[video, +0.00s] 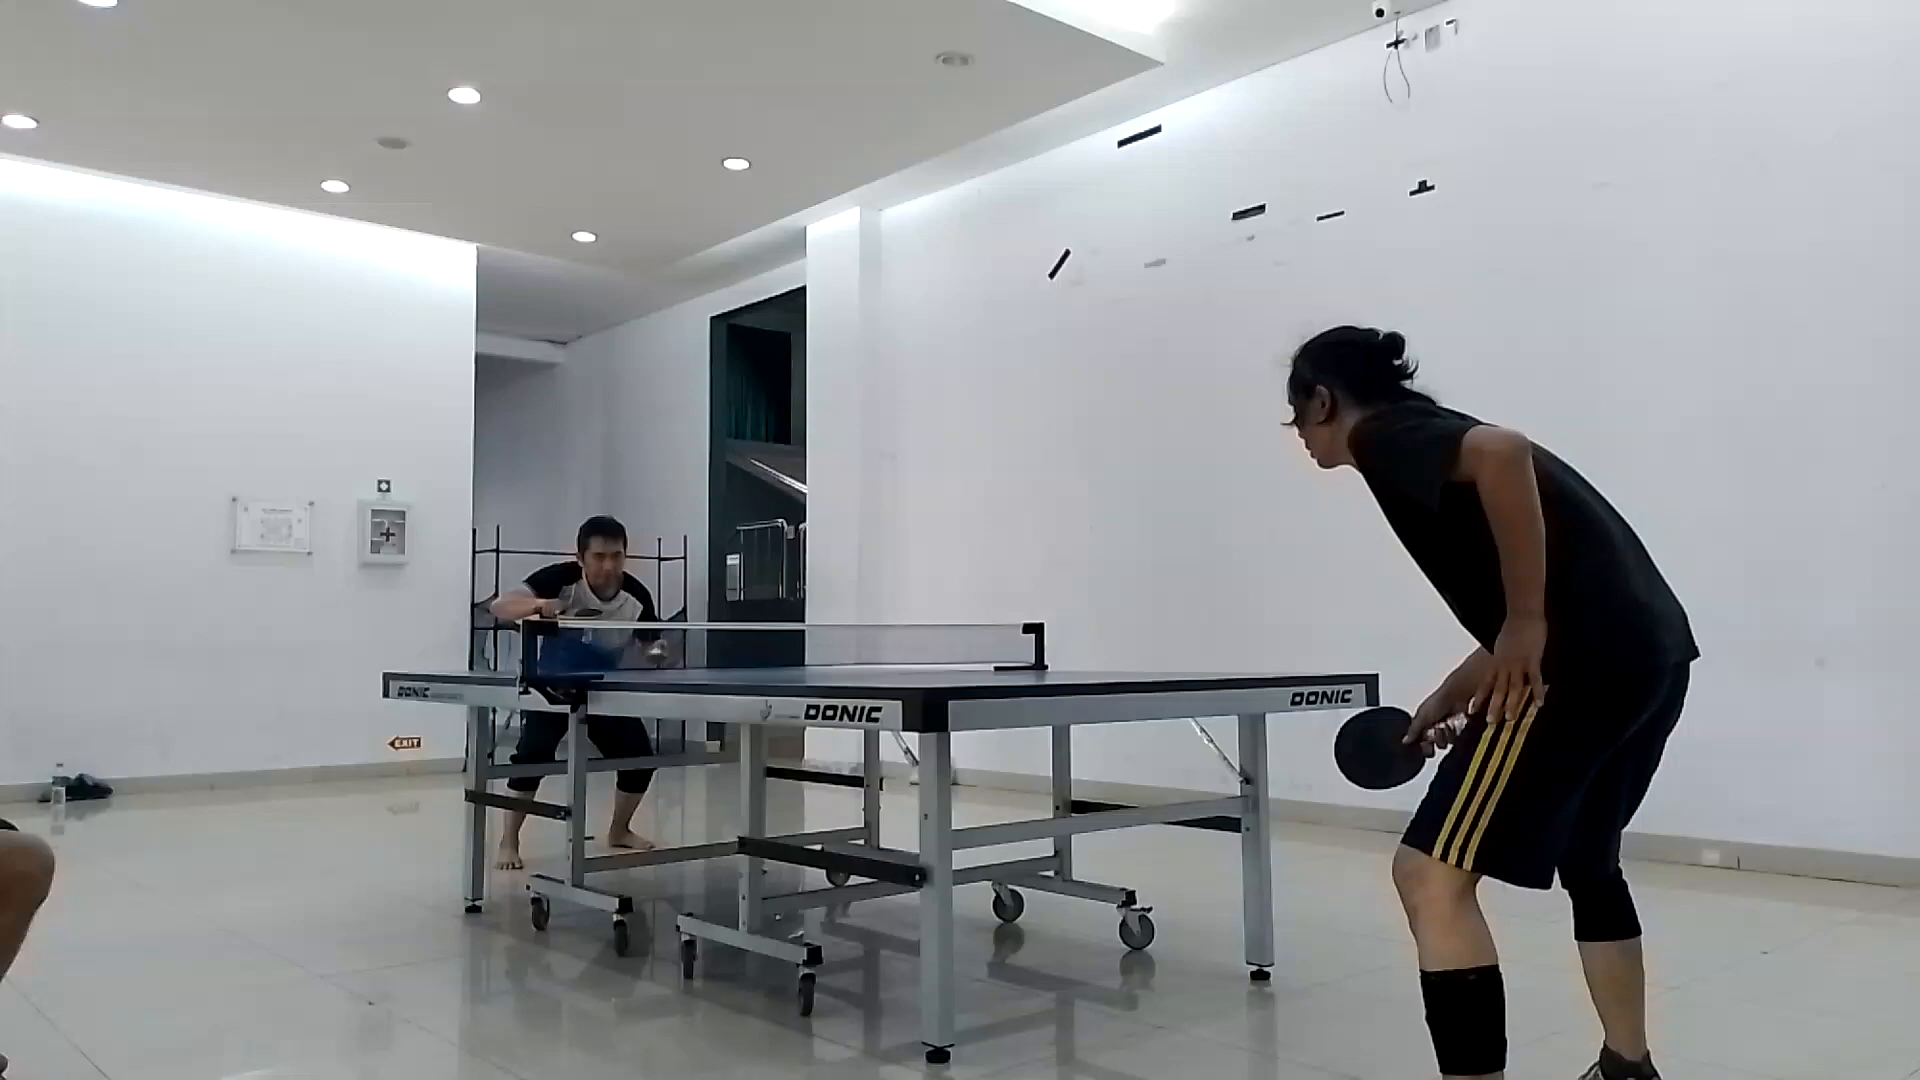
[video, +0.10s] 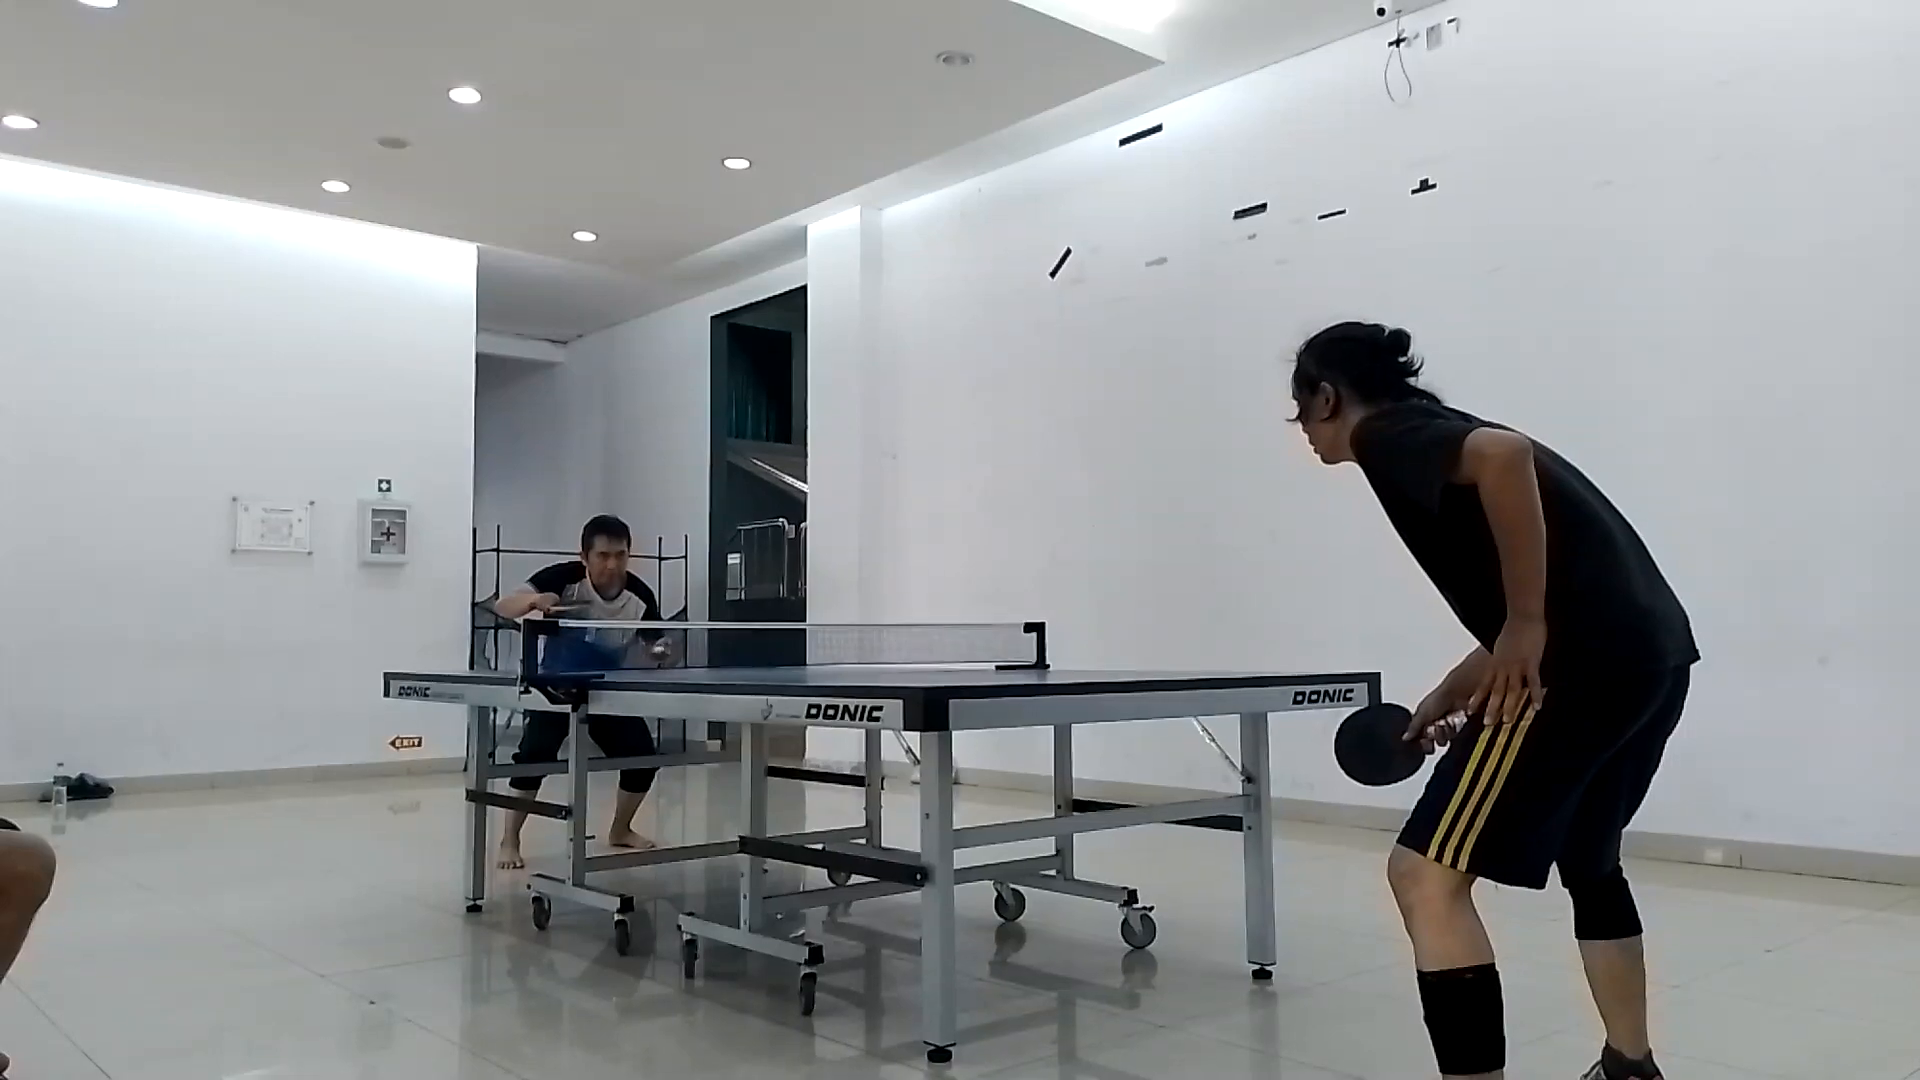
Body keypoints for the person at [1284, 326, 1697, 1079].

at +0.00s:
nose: (1299, 434)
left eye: (1298, 414)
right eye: (1296, 418)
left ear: (1325, 398)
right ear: (1380, 389)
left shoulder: (1383, 434)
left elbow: (1502, 449)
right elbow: (1545, 598)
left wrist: (1520, 619)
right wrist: (1449, 697)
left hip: (1579, 655)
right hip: (1652, 654)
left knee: (1430, 874)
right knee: (1589, 855)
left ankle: (1473, 1071)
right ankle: (1629, 1064)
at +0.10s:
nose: (1301, 426)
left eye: (1302, 406)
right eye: (1299, 409)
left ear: (1329, 395)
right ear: (1386, 385)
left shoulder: (1385, 432)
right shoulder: (1441, 436)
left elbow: (1503, 451)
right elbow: (1536, 605)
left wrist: (1521, 620)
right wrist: (1445, 699)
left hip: (1576, 658)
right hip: (1653, 656)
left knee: (1425, 873)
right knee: (1589, 854)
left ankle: (1472, 1072)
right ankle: (1632, 1062)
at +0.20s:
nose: (1305, 420)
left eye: (1306, 400)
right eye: (1303, 403)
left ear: (1333, 390)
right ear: (1390, 380)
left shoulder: (1389, 431)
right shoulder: (1451, 432)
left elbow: (1504, 450)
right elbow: (1537, 601)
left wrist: (1520, 620)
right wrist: (1447, 696)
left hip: (1575, 655)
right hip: (1653, 654)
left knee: (1423, 873)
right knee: (1591, 852)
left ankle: (1472, 1072)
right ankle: (1633, 1061)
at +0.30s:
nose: (1310, 419)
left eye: (1310, 399)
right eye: (1306, 403)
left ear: (1338, 384)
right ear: (1393, 376)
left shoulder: (1389, 426)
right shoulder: (1462, 427)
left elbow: (1503, 451)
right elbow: (1538, 595)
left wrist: (1518, 622)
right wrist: (1447, 692)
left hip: (1574, 652)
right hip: (1653, 650)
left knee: (1422, 872)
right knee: (1593, 851)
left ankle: (1473, 1072)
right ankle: (1633, 1061)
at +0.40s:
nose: (1312, 404)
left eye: (1313, 385)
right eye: (1309, 388)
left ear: (1341, 373)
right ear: (1400, 366)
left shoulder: (1388, 418)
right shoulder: (1470, 419)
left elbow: (1502, 450)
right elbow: (1550, 573)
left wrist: (1517, 618)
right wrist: (1458, 675)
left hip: (1572, 650)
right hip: (1652, 646)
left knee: (1427, 871)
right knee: (1593, 851)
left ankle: (1475, 1072)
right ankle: (1634, 1061)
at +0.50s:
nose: (1322, 393)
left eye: (1324, 373)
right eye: (1319, 376)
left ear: (1354, 361)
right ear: (1413, 357)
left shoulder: (1395, 410)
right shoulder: (1481, 411)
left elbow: (1506, 445)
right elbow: (1546, 571)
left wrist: (1517, 618)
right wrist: (1455, 671)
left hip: (1568, 649)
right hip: (1651, 645)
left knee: (1433, 871)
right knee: (1593, 850)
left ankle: (1475, 1071)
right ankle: (1633, 1061)